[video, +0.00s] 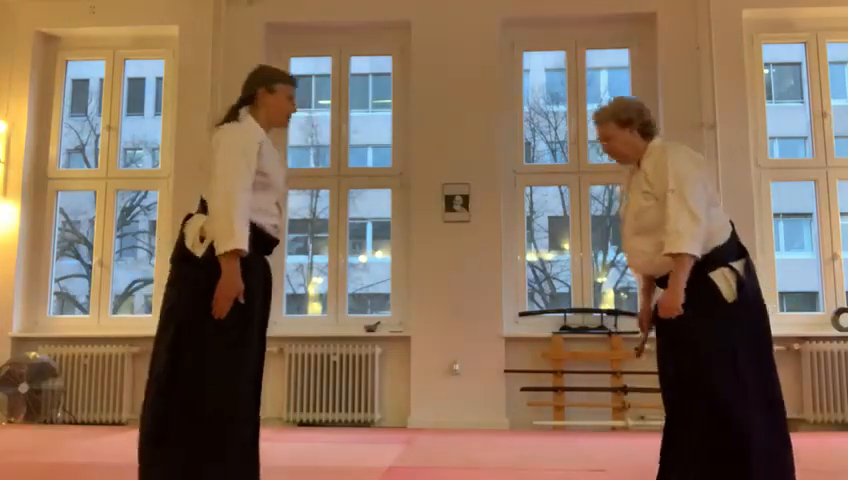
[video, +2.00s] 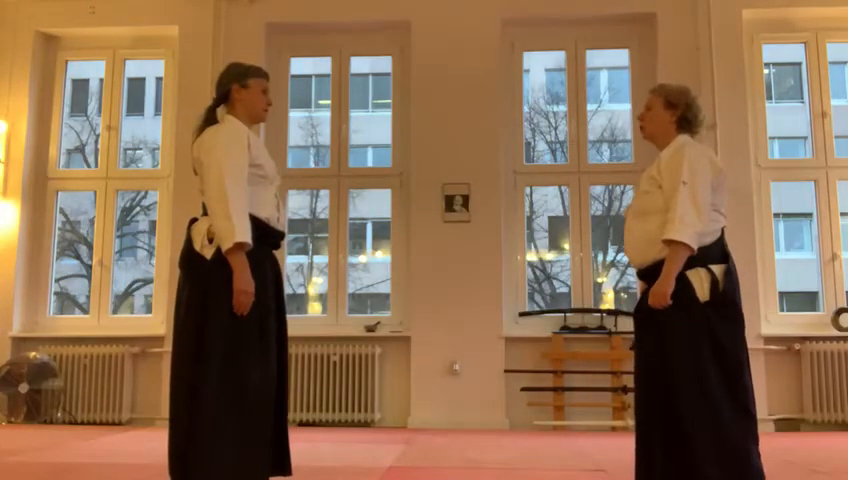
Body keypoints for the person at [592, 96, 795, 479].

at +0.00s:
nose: (604, 149)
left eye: (606, 139)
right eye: (601, 142)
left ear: (631, 130)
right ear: (626, 134)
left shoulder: (673, 158)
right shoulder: (636, 177)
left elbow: (690, 223)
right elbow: (645, 240)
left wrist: (675, 287)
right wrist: (645, 299)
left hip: (716, 284)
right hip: (677, 290)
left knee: (727, 393)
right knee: (687, 396)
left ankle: (737, 474)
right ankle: (690, 474)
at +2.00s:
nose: (641, 117)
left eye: (648, 109)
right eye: (643, 110)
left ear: (672, 113)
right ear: (668, 114)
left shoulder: (688, 152)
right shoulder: (671, 157)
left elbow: (688, 218)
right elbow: (677, 220)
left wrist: (667, 276)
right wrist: (654, 277)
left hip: (689, 282)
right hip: (667, 283)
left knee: (692, 394)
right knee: (668, 394)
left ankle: (703, 475)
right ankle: (676, 474)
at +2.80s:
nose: (626, 120)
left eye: (633, 113)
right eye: (628, 113)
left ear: (659, 119)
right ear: (649, 120)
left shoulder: (675, 152)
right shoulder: (645, 166)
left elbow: (685, 212)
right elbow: (637, 239)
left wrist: (668, 269)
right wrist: (591, 272)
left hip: (688, 279)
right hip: (659, 283)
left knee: (687, 387)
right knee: (653, 388)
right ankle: (661, 472)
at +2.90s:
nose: (622, 120)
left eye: (629, 113)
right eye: (624, 113)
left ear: (654, 116)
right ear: (646, 118)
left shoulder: (673, 152)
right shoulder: (640, 171)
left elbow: (684, 213)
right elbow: (616, 236)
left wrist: (668, 270)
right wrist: (562, 231)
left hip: (684, 282)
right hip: (656, 287)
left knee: (685, 390)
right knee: (645, 391)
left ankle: (694, 472)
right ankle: (653, 473)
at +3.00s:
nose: (618, 120)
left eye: (625, 111)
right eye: (619, 112)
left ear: (651, 115)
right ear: (642, 118)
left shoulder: (670, 151)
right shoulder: (635, 172)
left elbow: (681, 211)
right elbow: (591, 220)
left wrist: (667, 271)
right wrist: (554, 188)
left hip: (677, 282)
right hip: (647, 287)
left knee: (679, 392)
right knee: (641, 393)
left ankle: (689, 473)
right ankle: (644, 473)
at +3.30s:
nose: (595, 110)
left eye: (602, 103)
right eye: (597, 103)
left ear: (628, 107)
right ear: (618, 110)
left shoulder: (655, 151)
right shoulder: (599, 167)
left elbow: (669, 210)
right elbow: (548, 193)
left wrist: (657, 268)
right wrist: (528, 149)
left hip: (657, 277)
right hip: (613, 284)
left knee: (658, 381)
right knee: (586, 373)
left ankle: (677, 469)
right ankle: (611, 466)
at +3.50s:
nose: (563, 113)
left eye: (571, 105)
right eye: (565, 105)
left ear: (597, 110)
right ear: (588, 112)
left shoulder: (631, 157)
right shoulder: (567, 171)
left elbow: (653, 213)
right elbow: (517, 202)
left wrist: (651, 270)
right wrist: (474, 178)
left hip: (634, 281)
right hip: (588, 289)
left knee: (645, 391)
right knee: (559, 385)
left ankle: (660, 474)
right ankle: (551, 473)